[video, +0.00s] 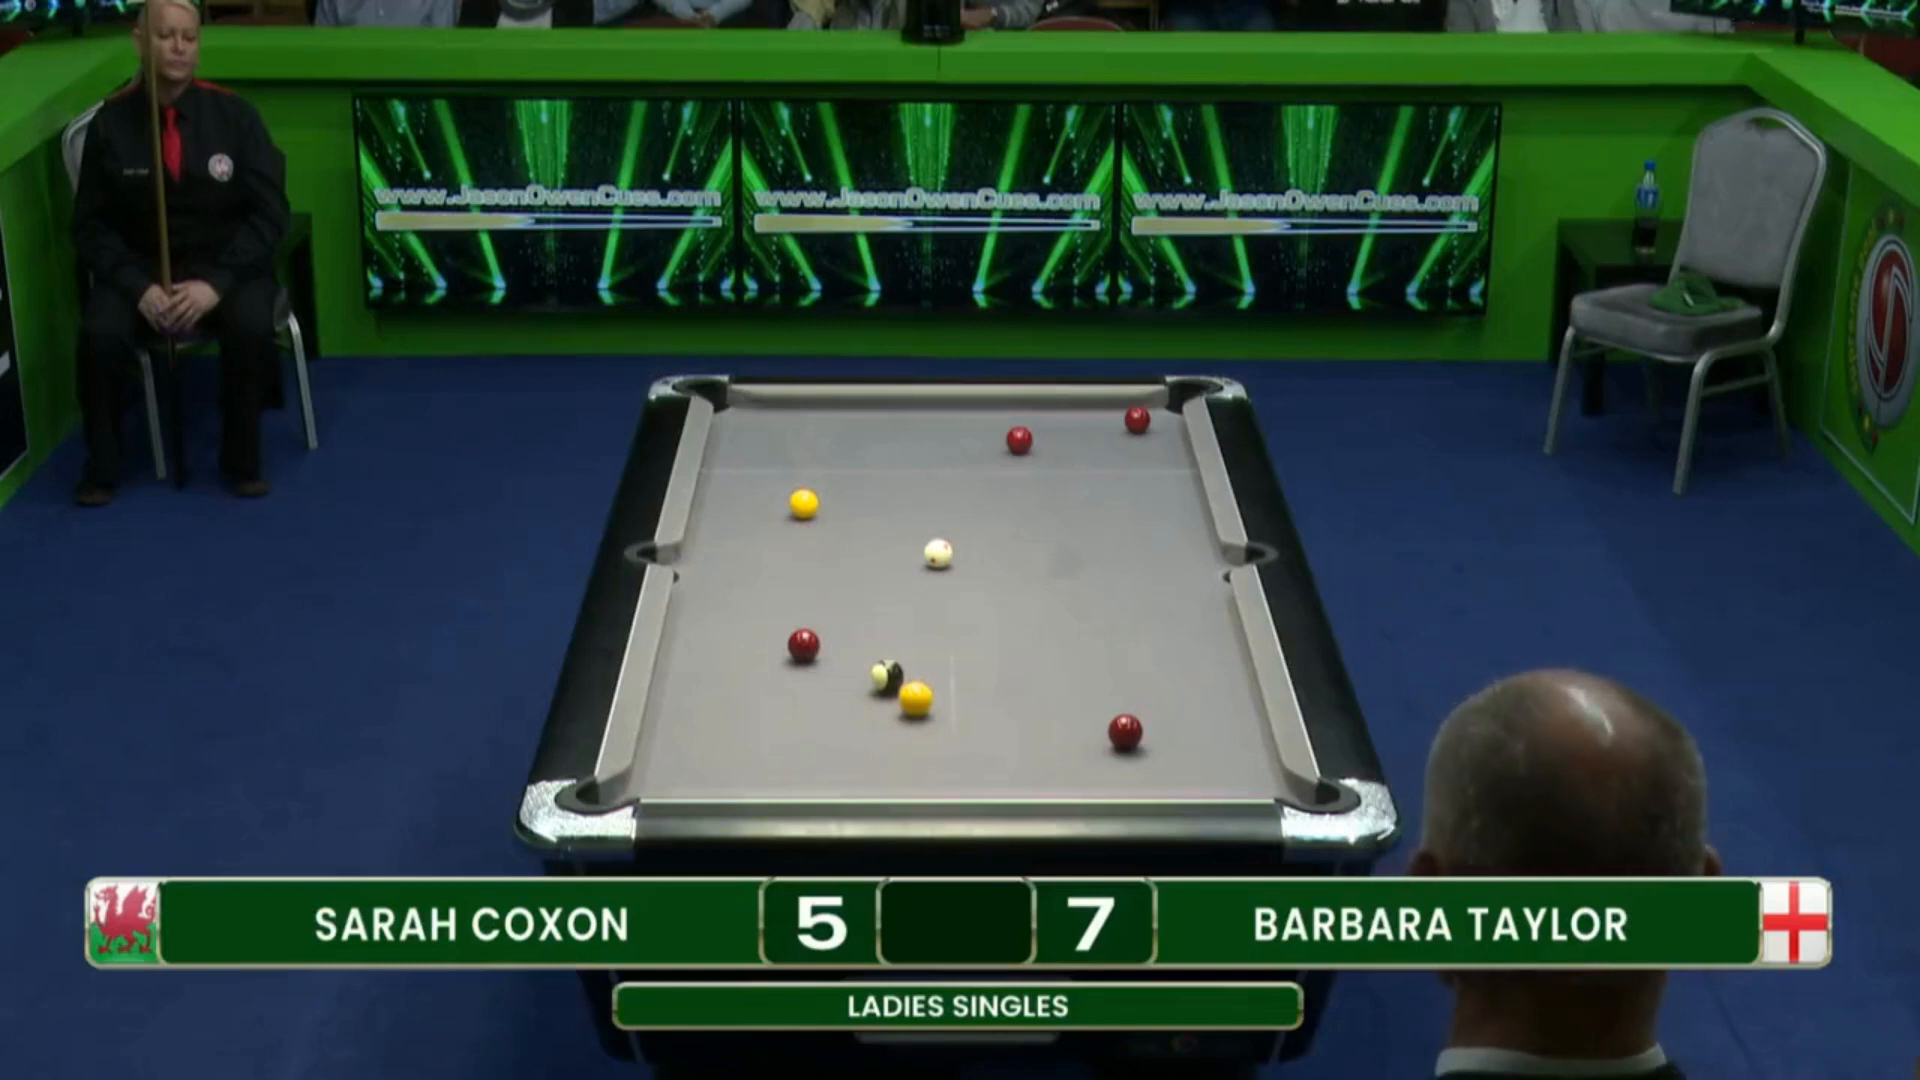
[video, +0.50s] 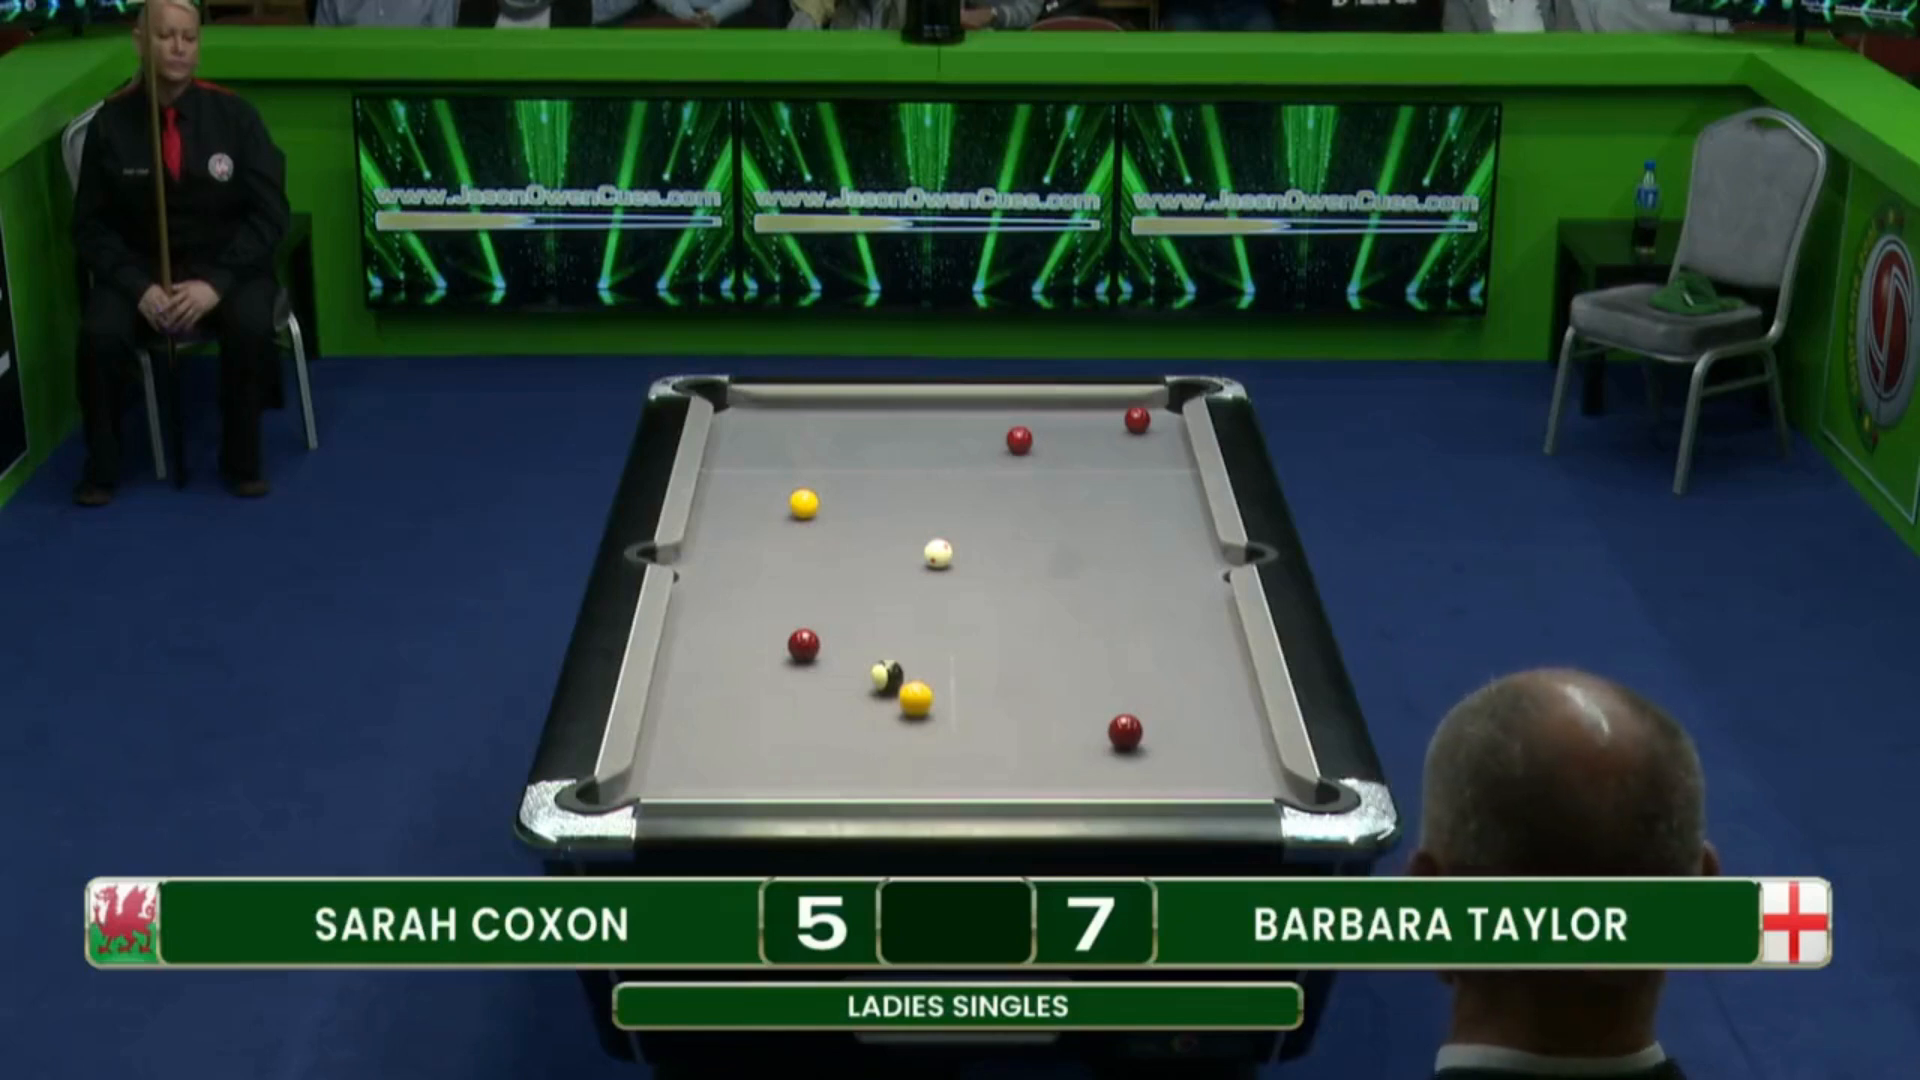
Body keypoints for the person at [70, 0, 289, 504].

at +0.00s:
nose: (180, 48)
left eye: (189, 37)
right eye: (166, 36)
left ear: (199, 44)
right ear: (141, 41)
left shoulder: (235, 115)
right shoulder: (111, 121)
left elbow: (269, 214)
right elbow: (90, 226)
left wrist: (213, 283)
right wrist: (140, 287)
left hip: (221, 267)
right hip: (138, 274)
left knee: (248, 327)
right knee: (102, 333)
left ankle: (243, 462)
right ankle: (101, 468)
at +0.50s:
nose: (180, 48)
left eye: (189, 37)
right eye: (166, 36)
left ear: (199, 44)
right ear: (141, 41)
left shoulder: (234, 115)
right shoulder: (111, 122)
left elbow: (269, 214)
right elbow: (90, 226)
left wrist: (213, 283)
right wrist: (140, 287)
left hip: (221, 267)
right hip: (138, 274)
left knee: (249, 326)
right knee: (102, 333)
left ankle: (243, 462)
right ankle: (101, 468)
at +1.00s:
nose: (178, 49)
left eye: (188, 38)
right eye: (165, 37)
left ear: (199, 44)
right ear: (141, 41)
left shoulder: (235, 115)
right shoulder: (111, 122)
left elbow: (269, 214)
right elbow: (90, 226)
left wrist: (213, 283)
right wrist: (140, 287)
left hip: (221, 267)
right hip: (138, 274)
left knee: (249, 329)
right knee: (101, 335)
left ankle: (243, 461)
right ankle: (102, 467)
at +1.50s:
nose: (179, 49)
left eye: (189, 38)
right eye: (166, 37)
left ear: (199, 45)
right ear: (141, 42)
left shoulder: (235, 115)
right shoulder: (111, 121)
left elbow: (269, 214)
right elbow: (90, 226)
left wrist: (213, 283)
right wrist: (140, 287)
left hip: (221, 267)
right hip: (138, 274)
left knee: (249, 329)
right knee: (101, 335)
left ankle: (244, 462)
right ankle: (101, 467)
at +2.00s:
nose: (179, 49)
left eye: (189, 38)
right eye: (166, 37)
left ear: (199, 45)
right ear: (141, 41)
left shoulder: (235, 115)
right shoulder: (111, 121)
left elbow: (269, 214)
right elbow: (90, 226)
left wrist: (213, 283)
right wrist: (140, 287)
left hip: (221, 266)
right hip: (138, 273)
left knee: (249, 329)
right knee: (101, 335)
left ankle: (243, 461)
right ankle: (101, 467)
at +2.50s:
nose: (179, 48)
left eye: (189, 38)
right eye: (165, 37)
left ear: (199, 44)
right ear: (141, 42)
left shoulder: (235, 115)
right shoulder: (111, 122)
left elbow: (269, 214)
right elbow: (90, 226)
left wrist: (214, 283)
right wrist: (140, 287)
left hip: (221, 267)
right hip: (138, 273)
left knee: (249, 329)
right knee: (101, 335)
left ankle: (244, 461)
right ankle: (101, 467)